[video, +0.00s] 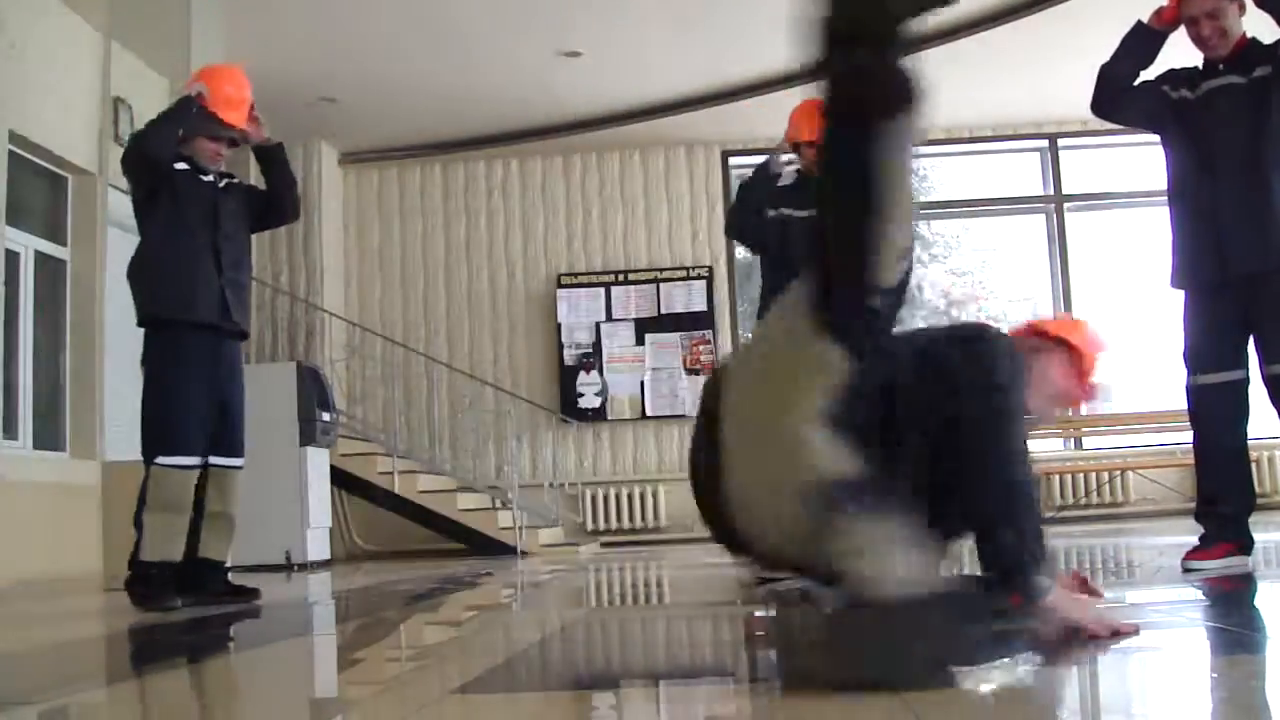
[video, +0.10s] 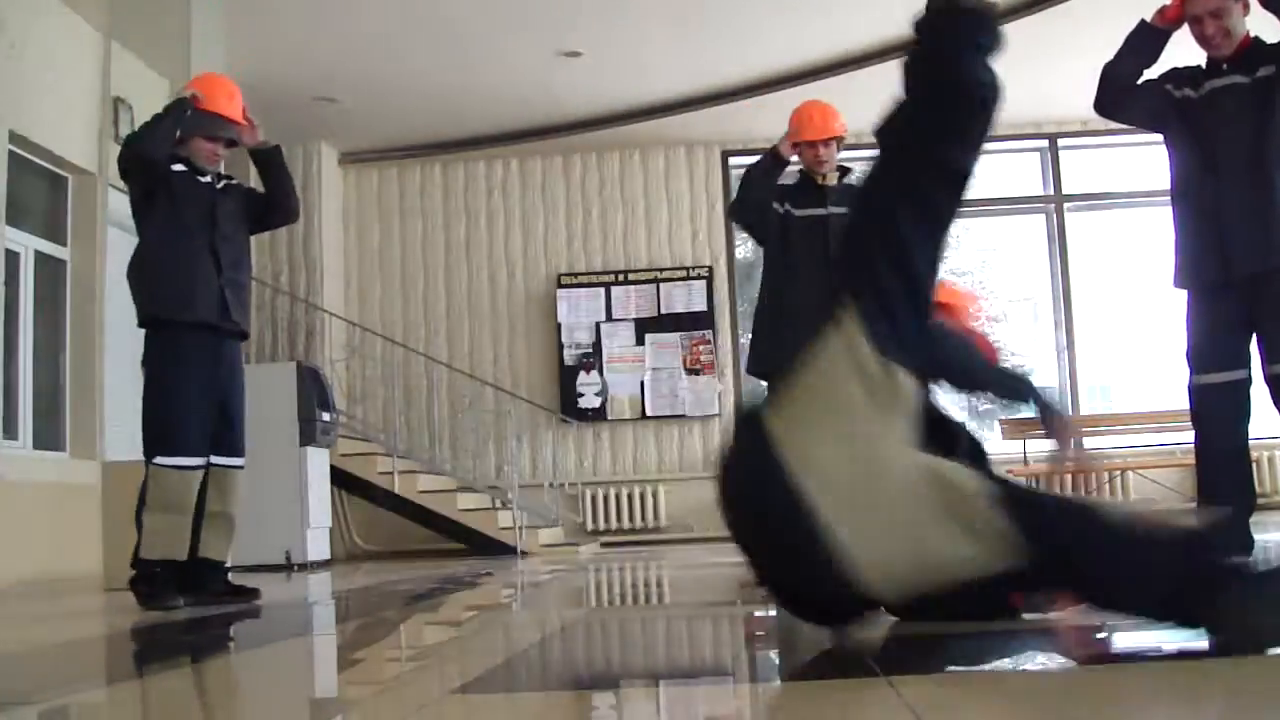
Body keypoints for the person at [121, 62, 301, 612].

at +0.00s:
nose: (223, 149)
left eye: (229, 142)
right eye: (216, 138)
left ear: (234, 147)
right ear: (186, 133)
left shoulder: (235, 194)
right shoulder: (157, 175)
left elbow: (287, 208)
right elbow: (143, 148)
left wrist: (266, 146)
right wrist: (190, 103)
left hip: (226, 335)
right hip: (175, 329)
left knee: (225, 456)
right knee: (178, 453)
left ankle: (207, 573)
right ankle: (154, 573)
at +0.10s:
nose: (220, 149)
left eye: (227, 141)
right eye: (213, 138)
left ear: (233, 145)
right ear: (184, 131)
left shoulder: (233, 195)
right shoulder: (155, 176)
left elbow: (286, 210)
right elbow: (140, 152)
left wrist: (262, 148)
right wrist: (181, 106)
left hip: (226, 337)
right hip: (176, 332)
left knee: (225, 457)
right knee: (179, 455)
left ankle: (208, 573)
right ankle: (156, 573)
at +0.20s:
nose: (216, 151)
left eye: (223, 143)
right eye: (209, 139)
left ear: (228, 146)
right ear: (180, 131)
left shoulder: (230, 197)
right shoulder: (152, 179)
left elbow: (282, 210)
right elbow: (136, 154)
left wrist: (258, 151)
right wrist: (179, 110)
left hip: (225, 338)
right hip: (174, 334)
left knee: (223, 458)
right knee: (176, 456)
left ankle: (208, 573)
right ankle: (156, 573)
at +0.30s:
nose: (212, 151)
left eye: (219, 143)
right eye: (206, 139)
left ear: (223, 146)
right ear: (176, 131)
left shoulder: (226, 197)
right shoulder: (147, 178)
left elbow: (278, 210)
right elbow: (131, 156)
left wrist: (253, 149)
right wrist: (172, 112)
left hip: (222, 339)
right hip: (170, 335)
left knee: (220, 456)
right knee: (170, 456)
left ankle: (207, 572)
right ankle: (154, 574)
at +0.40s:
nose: (203, 150)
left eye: (211, 143)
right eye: (196, 138)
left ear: (217, 147)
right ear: (168, 132)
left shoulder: (221, 198)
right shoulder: (142, 179)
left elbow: (274, 208)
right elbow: (124, 156)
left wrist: (249, 150)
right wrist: (164, 111)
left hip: (216, 338)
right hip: (164, 335)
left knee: (217, 457)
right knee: (165, 457)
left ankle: (205, 573)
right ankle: (153, 574)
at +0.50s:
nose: (196, 146)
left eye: (205, 140)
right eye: (187, 134)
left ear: (212, 146)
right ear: (160, 130)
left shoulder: (217, 196)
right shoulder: (137, 178)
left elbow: (269, 207)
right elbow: (117, 155)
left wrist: (244, 148)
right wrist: (157, 113)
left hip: (211, 338)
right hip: (157, 334)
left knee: (213, 455)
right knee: (160, 456)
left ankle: (205, 571)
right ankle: (152, 574)